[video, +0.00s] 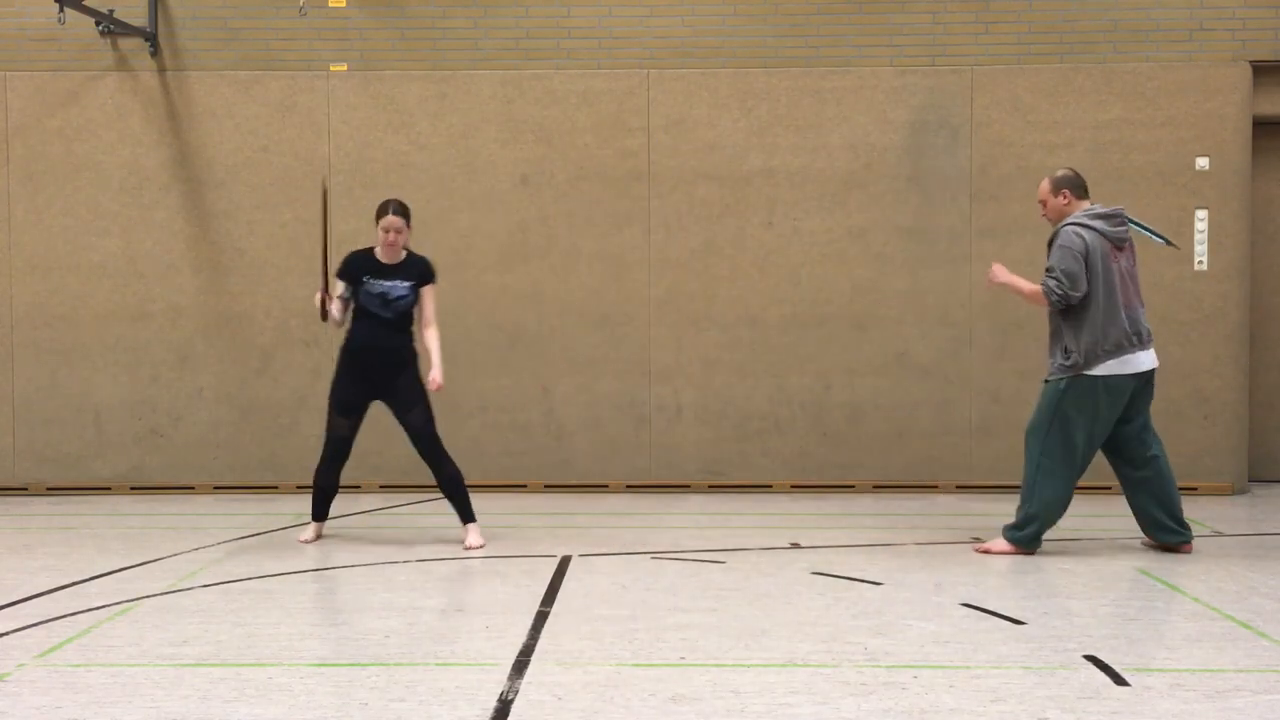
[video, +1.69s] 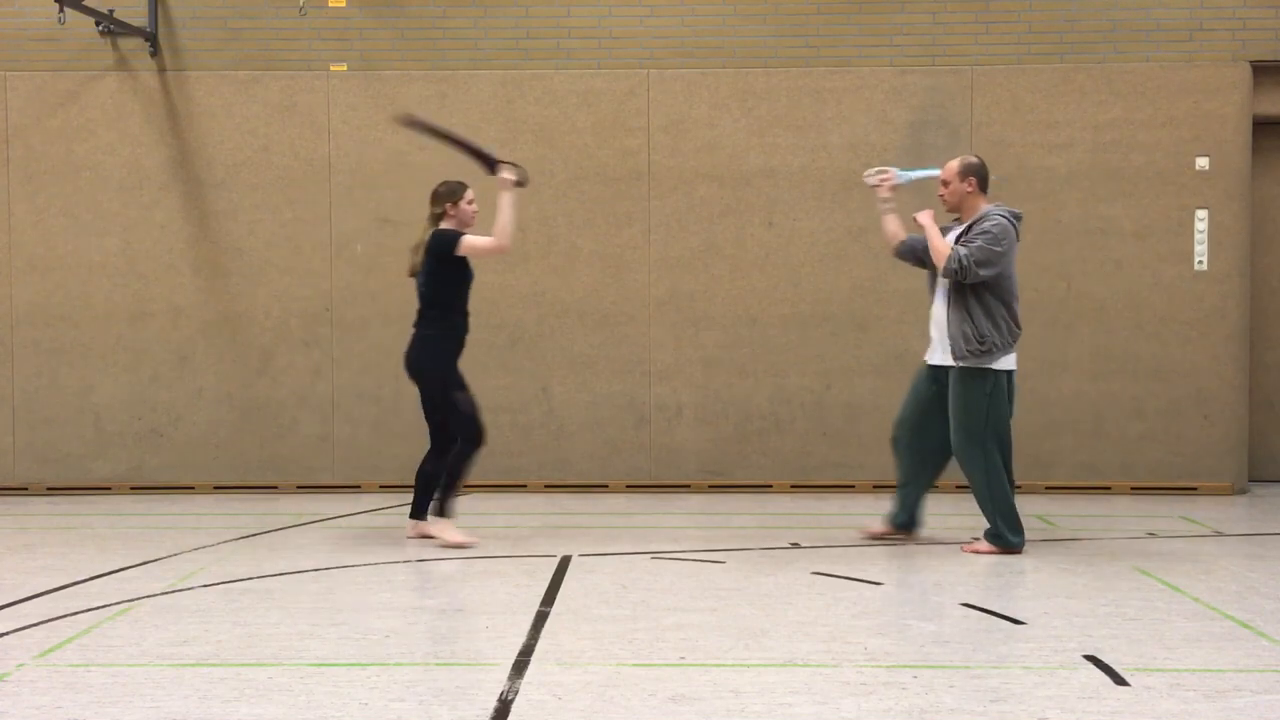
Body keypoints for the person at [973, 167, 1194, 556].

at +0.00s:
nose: (1042, 211)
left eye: (1044, 203)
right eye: (1040, 204)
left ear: (1065, 198)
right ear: (1073, 197)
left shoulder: (1071, 235)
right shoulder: (1115, 229)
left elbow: (1061, 294)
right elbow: (1118, 285)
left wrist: (1010, 280)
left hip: (1092, 369)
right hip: (1135, 363)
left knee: (1047, 442)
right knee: (1136, 446)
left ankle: (1022, 537)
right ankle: (1173, 534)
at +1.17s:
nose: (1029, 209)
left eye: (1034, 202)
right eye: (1029, 202)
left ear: (1057, 200)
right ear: (1064, 201)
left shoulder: (1056, 243)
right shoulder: (1094, 235)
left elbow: (1005, 281)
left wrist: (1006, 241)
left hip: (1065, 373)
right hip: (1107, 368)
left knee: (1004, 435)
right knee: (1122, 446)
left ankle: (1009, 535)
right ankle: (1171, 531)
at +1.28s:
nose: (1011, 206)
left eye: (1016, 198)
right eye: (1011, 199)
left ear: (1040, 200)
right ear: (1048, 200)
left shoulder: (1037, 244)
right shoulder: (1074, 232)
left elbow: (988, 284)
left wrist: (985, 246)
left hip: (1042, 373)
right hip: (1084, 369)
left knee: (987, 440)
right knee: (1101, 445)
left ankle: (1005, 535)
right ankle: (1162, 520)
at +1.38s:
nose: (992, 201)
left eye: (997, 193)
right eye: (992, 193)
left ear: (1021, 195)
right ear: (1031, 194)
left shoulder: (1018, 238)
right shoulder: (1054, 229)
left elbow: (971, 279)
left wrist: (967, 243)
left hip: (1020, 371)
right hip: (1061, 368)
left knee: (979, 442)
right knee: (1059, 435)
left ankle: (1003, 536)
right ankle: (1132, 508)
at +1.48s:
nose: (970, 195)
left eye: (975, 187)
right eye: (970, 187)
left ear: (999, 189)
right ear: (1002, 190)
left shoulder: (1004, 233)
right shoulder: (1020, 225)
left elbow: (956, 271)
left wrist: (948, 234)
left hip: (1000, 367)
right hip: (1022, 364)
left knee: (976, 446)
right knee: (1002, 439)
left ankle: (1003, 536)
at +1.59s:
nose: (956, 191)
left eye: (961, 184)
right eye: (956, 184)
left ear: (984, 186)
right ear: (984, 185)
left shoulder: (1002, 228)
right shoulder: (989, 222)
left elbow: (953, 266)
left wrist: (937, 224)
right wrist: (949, 194)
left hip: (996, 363)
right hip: (971, 360)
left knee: (980, 446)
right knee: (942, 431)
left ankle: (1005, 536)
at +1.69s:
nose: (940, 192)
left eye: (946, 184)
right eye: (940, 184)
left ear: (971, 186)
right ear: (964, 187)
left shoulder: (996, 228)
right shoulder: (956, 233)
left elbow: (952, 264)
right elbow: (902, 246)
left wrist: (928, 225)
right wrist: (886, 200)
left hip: (982, 364)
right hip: (944, 361)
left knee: (976, 447)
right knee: (912, 435)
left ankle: (1006, 536)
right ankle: (902, 521)